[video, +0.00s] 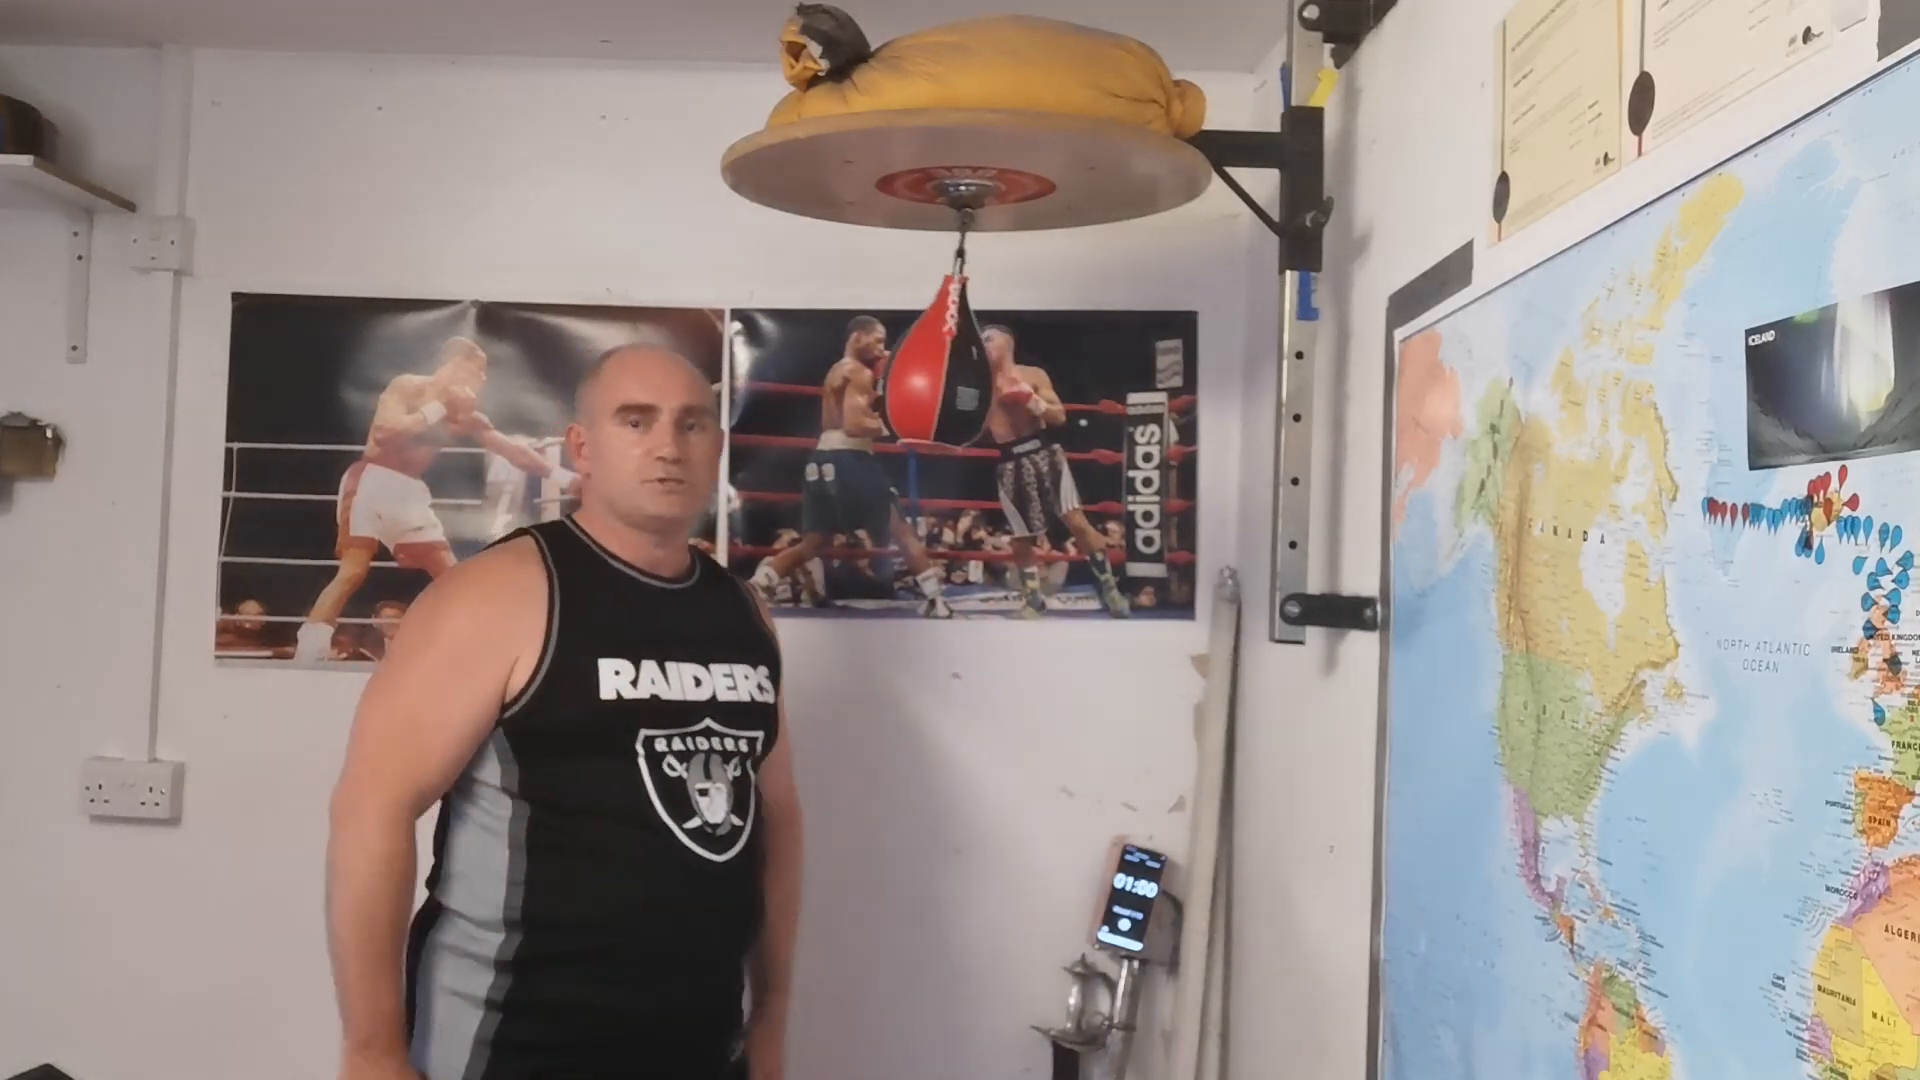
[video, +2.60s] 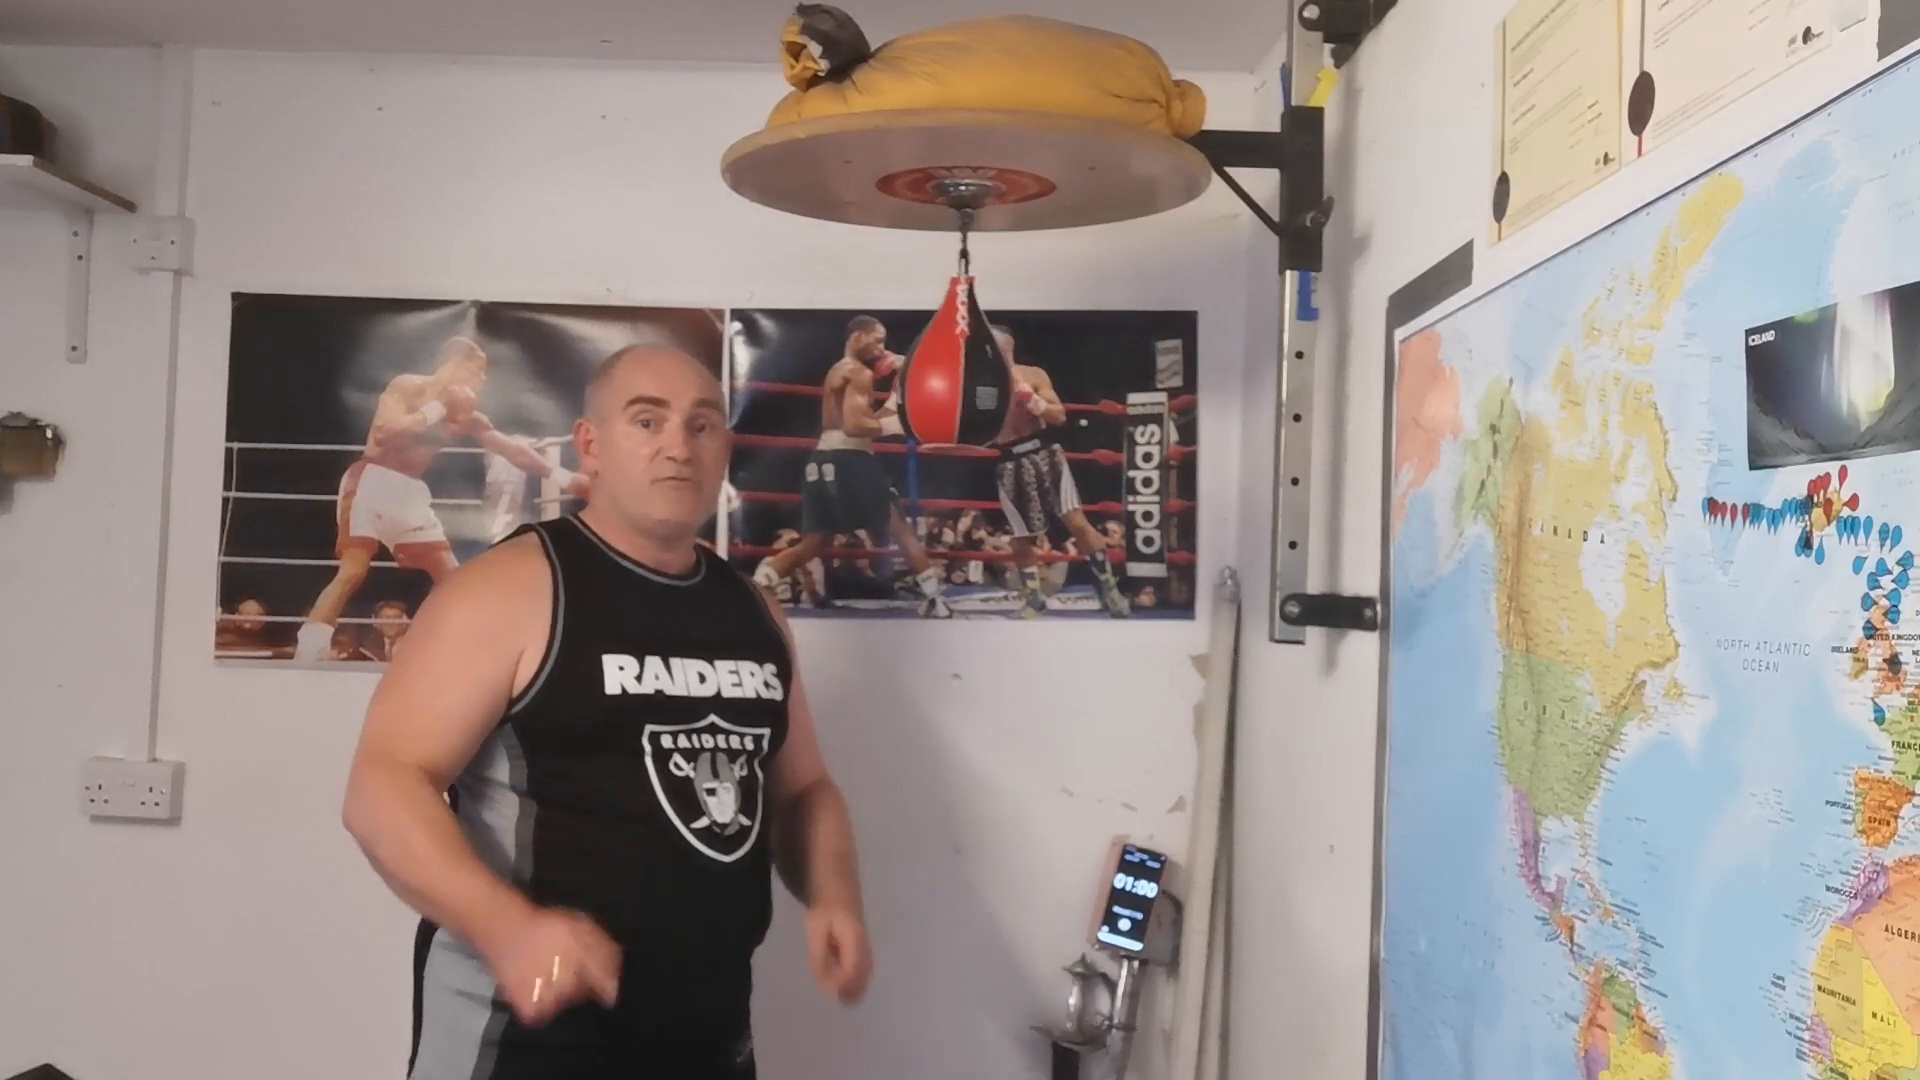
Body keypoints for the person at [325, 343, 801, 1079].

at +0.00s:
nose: (670, 445)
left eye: (694, 421)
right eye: (637, 419)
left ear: (717, 449)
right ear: (580, 448)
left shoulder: (737, 610)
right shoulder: (492, 595)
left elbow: (774, 816)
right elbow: (370, 806)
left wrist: (768, 1020)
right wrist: (373, 1047)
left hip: (693, 1037)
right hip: (513, 1039)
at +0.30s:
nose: (674, 447)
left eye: (697, 422)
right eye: (641, 419)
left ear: (720, 448)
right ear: (583, 448)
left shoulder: (734, 608)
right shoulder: (505, 593)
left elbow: (772, 806)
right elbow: (377, 806)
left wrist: (788, 997)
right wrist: (426, 1040)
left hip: (702, 1041)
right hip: (533, 1043)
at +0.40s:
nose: (667, 444)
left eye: (690, 420)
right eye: (633, 418)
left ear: (712, 451)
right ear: (576, 449)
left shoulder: (730, 607)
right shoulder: (501, 593)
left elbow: (778, 802)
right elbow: (379, 803)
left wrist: (821, 971)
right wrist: (489, 994)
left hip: (707, 1034)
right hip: (550, 1040)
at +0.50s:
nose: (661, 444)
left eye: (684, 421)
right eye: (629, 418)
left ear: (710, 451)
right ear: (572, 449)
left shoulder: (728, 608)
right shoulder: (500, 591)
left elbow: (779, 786)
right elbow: (374, 793)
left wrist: (831, 868)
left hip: (700, 1029)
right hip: (527, 1034)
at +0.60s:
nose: (659, 442)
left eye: (682, 420)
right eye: (626, 417)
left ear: (707, 452)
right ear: (570, 449)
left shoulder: (728, 602)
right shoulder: (497, 587)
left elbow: (777, 789)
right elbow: (366, 787)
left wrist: (815, 794)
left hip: (700, 1015)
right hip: (526, 1019)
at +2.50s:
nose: (678, 447)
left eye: (701, 424)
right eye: (646, 420)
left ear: (725, 454)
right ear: (588, 445)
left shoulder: (749, 610)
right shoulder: (507, 588)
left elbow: (804, 777)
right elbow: (378, 786)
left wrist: (826, 831)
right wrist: (515, 870)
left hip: (703, 1020)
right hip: (526, 1024)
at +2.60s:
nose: (679, 446)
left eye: (702, 424)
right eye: (646, 419)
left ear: (726, 454)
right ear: (588, 445)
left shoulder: (750, 611)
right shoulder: (508, 588)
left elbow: (802, 790)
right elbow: (382, 786)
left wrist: (831, 898)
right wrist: (509, 931)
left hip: (706, 1024)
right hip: (534, 1028)